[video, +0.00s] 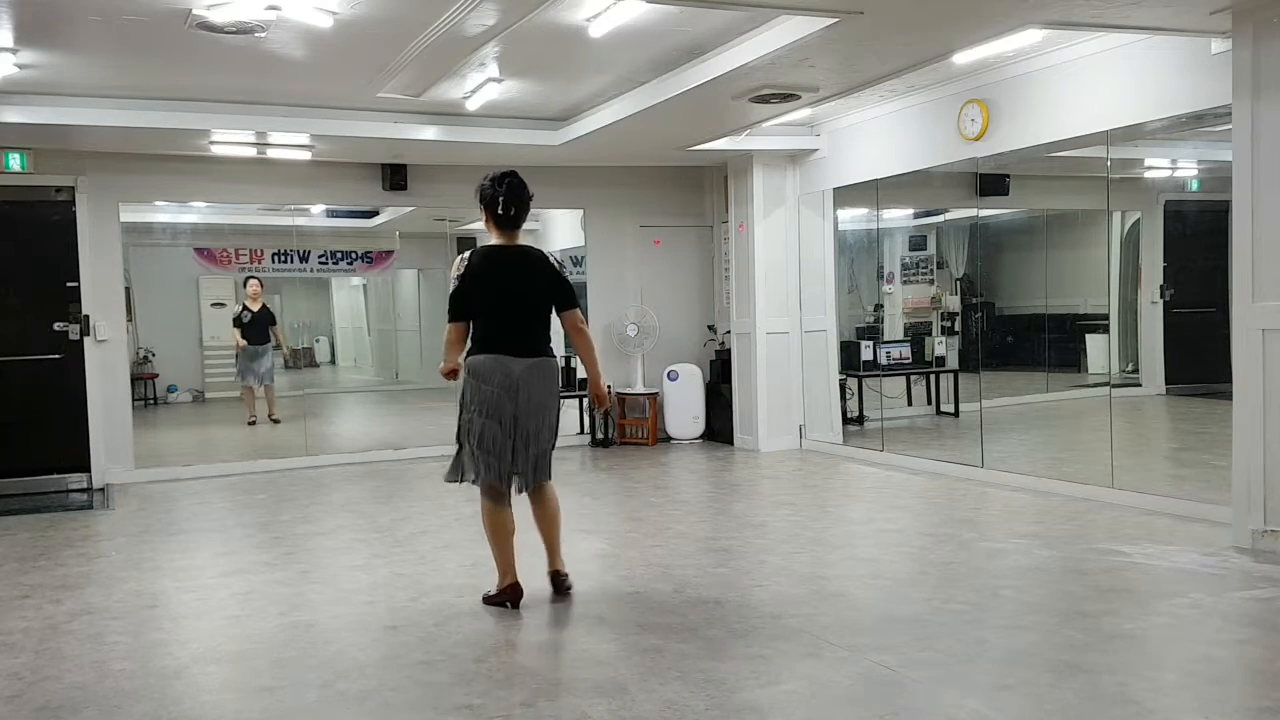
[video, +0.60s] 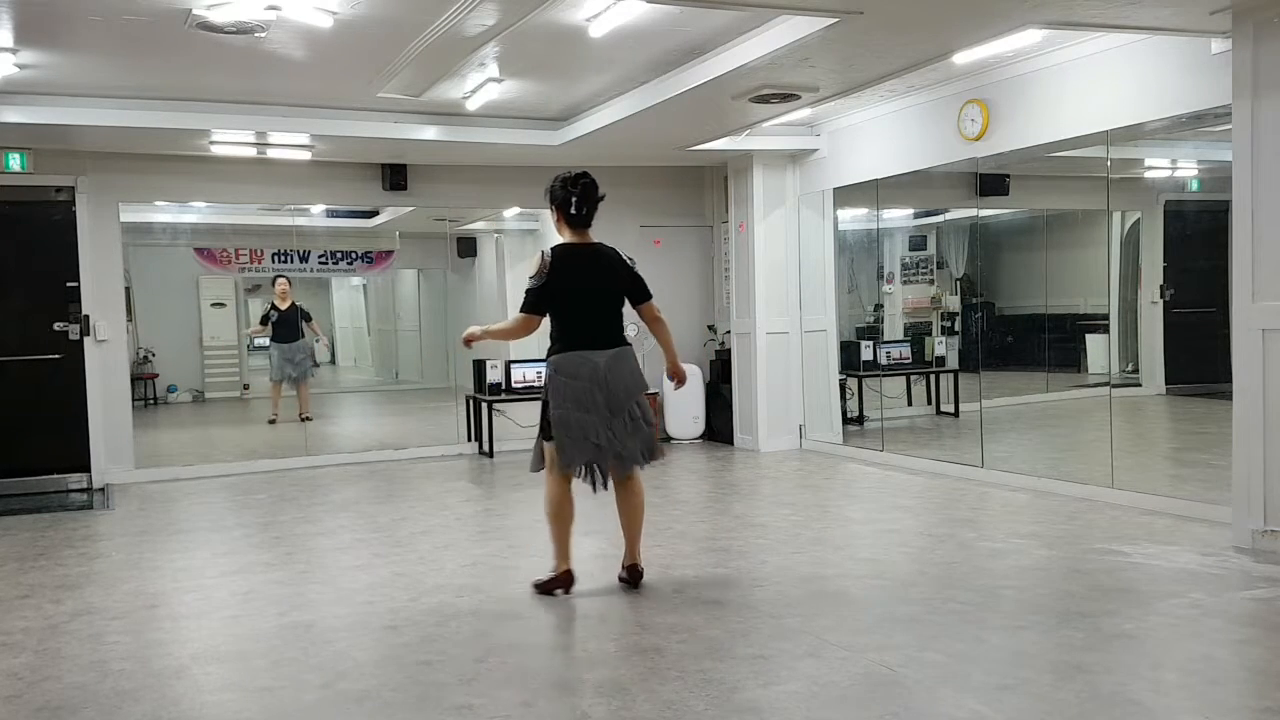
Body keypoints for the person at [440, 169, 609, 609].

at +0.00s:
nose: (481, 216)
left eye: (481, 210)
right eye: (485, 209)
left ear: (486, 215)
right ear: (525, 215)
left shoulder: (471, 265)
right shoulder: (545, 264)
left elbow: (457, 330)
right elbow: (575, 325)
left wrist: (451, 362)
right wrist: (596, 378)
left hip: (488, 371)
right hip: (541, 371)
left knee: (493, 482)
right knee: (539, 475)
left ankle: (509, 584)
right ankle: (557, 569)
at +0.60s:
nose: (551, 217)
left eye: (551, 212)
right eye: (554, 211)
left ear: (556, 215)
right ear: (594, 212)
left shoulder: (552, 261)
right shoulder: (614, 259)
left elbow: (526, 324)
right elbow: (652, 316)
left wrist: (483, 332)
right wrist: (673, 360)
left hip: (568, 370)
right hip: (619, 367)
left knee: (558, 469)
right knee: (624, 465)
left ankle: (563, 569)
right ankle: (633, 562)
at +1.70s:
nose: (604, 214)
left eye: (604, 208)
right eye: (606, 208)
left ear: (609, 210)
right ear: (652, 207)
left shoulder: (604, 260)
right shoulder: (675, 258)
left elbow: (592, 328)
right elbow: (706, 326)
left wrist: (559, 367)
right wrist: (712, 378)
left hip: (621, 373)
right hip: (677, 369)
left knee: (623, 480)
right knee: (679, 484)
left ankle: (631, 576)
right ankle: (678, 593)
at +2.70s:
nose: (546, 200)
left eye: (545, 193)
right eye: (550, 192)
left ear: (549, 197)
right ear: (595, 196)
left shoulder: (535, 250)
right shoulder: (615, 253)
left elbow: (511, 322)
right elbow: (648, 322)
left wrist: (483, 347)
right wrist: (677, 368)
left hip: (553, 377)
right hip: (610, 377)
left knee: (557, 496)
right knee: (601, 490)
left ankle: (573, 612)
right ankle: (608, 601)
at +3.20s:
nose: (513, 199)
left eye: (513, 192)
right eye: (516, 191)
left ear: (520, 196)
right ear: (564, 195)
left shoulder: (507, 251)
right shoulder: (585, 252)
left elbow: (487, 322)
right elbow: (621, 321)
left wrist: (452, 345)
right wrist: (641, 361)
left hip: (523, 379)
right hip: (583, 376)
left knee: (509, 497)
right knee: (591, 493)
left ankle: (513, 613)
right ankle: (594, 606)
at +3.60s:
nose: (456, 195)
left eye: (454, 189)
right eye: (461, 188)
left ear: (458, 195)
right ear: (505, 194)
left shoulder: (440, 251)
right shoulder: (524, 252)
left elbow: (412, 324)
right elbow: (568, 321)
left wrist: (390, 330)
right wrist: (607, 372)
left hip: (463, 380)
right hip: (523, 379)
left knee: (465, 503)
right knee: (548, 490)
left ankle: (472, 623)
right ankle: (586, 596)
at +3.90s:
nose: (428, 198)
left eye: (424, 191)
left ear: (424, 197)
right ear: (473, 195)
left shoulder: (408, 254)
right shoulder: (494, 252)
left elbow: (376, 320)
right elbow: (538, 320)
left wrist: (356, 358)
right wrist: (584, 371)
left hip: (430, 383)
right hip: (493, 382)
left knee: (448, 508)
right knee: (503, 500)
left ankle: (472, 623)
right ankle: (504, 612)